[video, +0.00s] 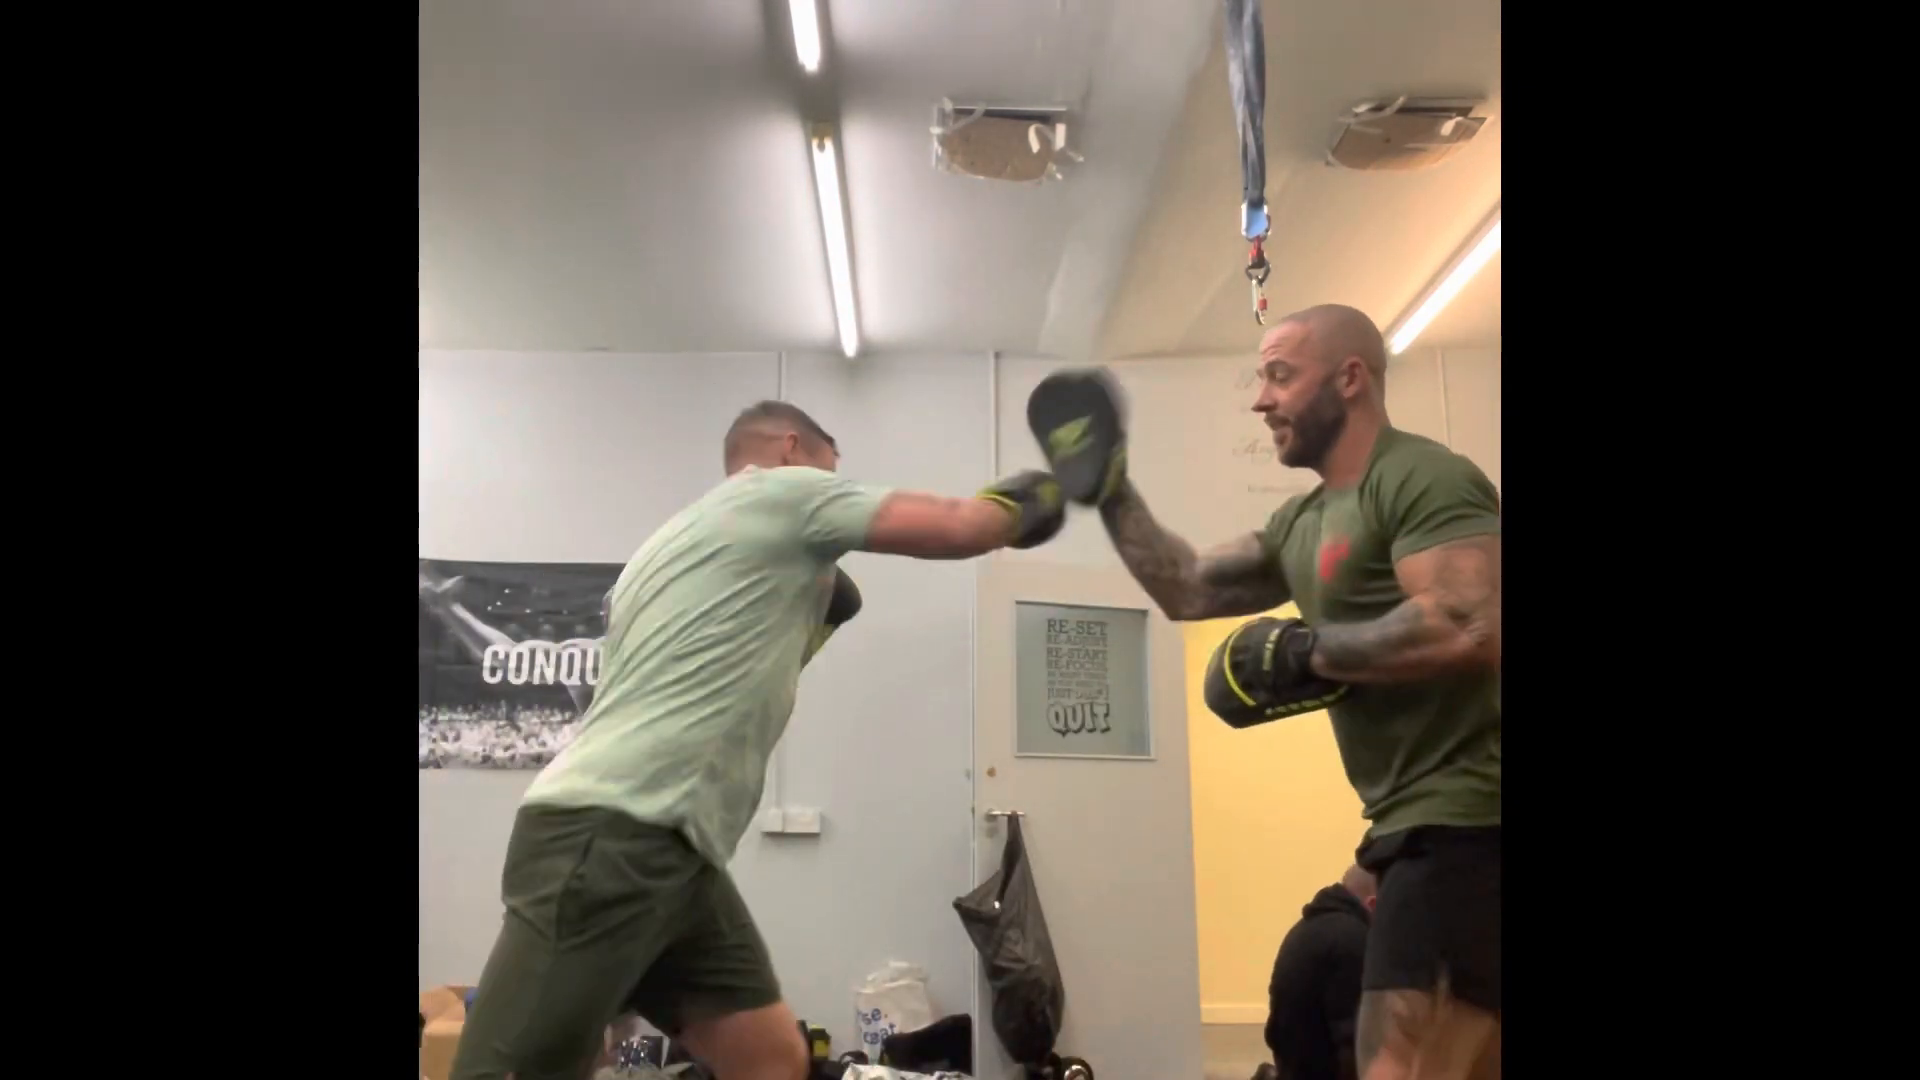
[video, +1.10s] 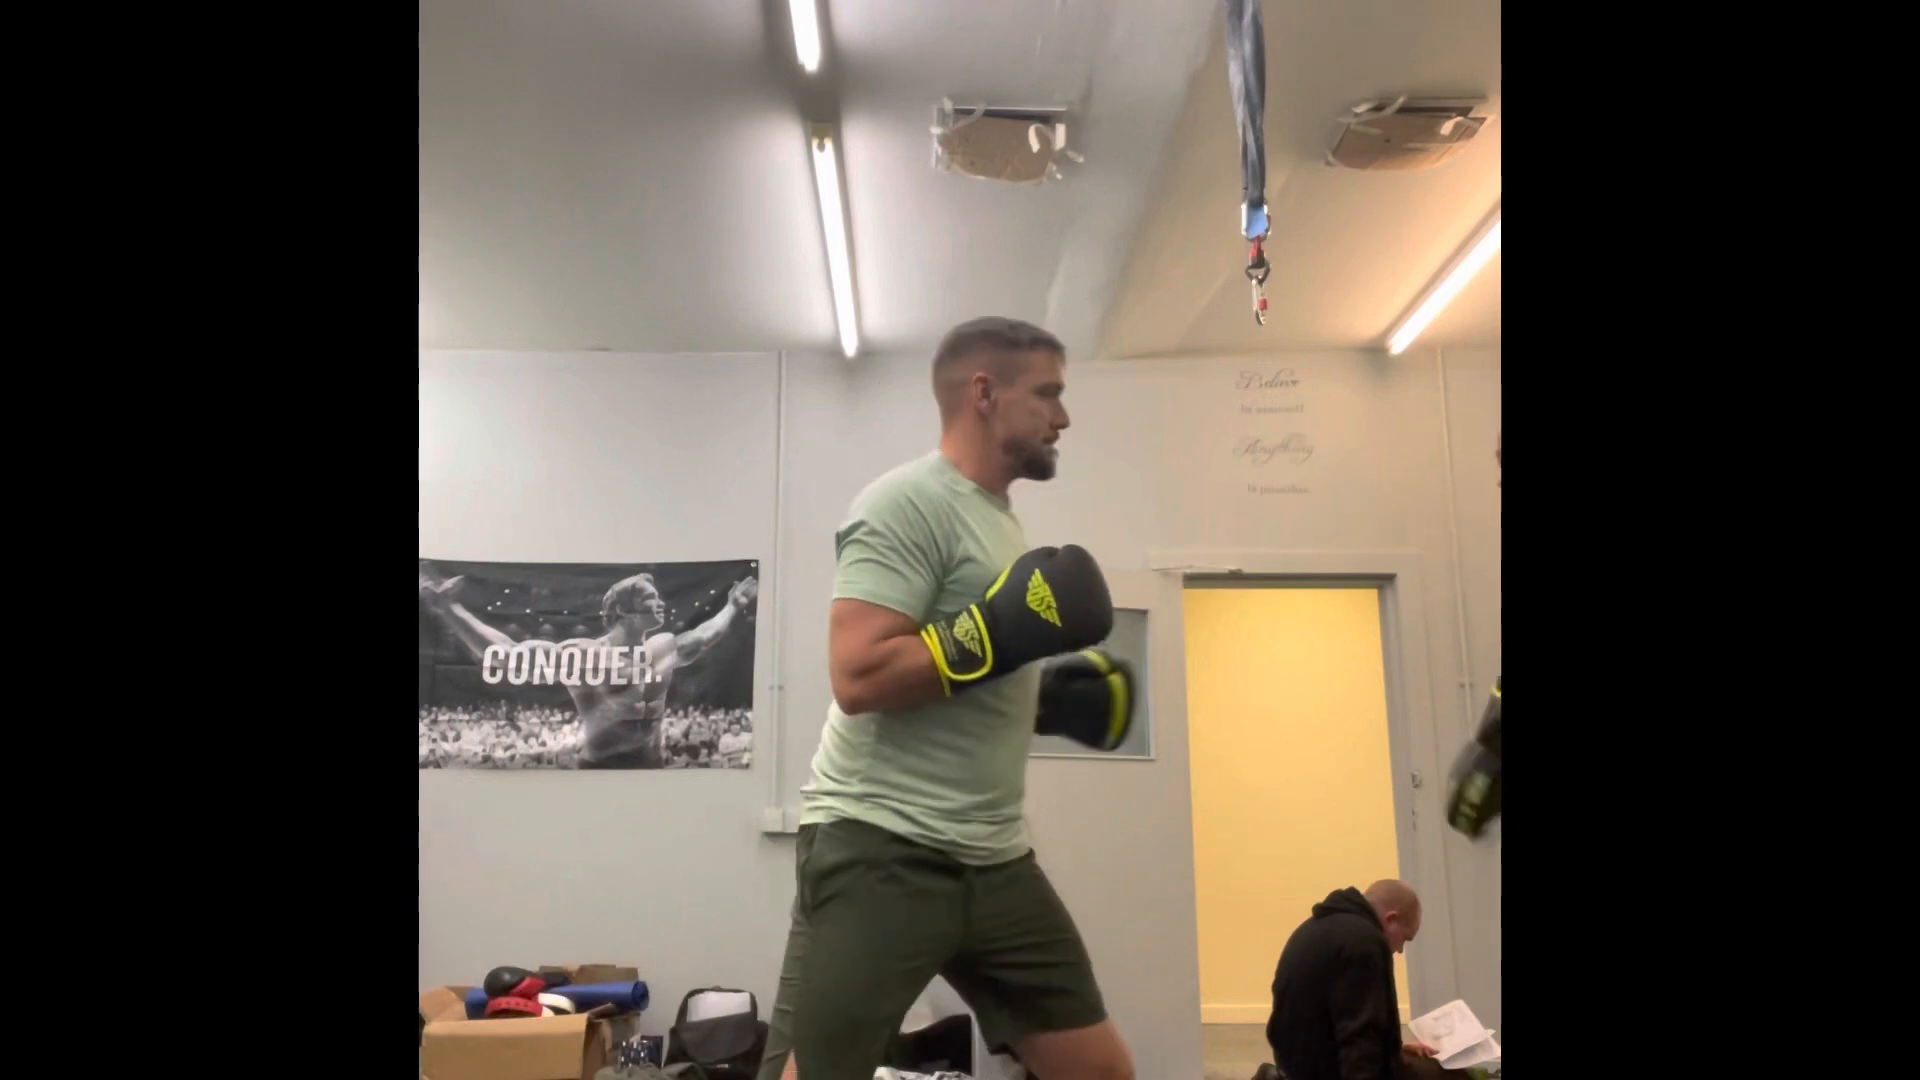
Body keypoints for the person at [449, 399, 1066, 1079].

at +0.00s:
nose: (834, 483)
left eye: (834, 470)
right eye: (830, 467)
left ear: (747, 458)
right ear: (790, 447)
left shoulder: (665, 549)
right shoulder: (781, 494)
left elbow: (709, 670)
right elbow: (963, 526)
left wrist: (815, 617)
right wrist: (1033, 498)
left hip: (668, 855)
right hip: (606, 836)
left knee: (768, 1058)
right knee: (508, 1068)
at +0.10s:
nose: (846, 486)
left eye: (849, 467)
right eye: (839, 460)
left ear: (784, 442)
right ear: (789, 438)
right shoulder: (755, 490)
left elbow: (737, 694)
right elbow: (773, 636)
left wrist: (812, 627)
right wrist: (883, 652)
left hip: (691, 836)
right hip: (615, 817)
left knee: (770, 1057)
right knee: (519, 1068)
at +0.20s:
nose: (788, 435)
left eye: (790, 416)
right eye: (777, 409)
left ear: (718, 403)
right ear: (715, 395)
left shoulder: (728, 540)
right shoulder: (630, 466)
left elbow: (710, 711)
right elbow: (618, 611)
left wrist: (789, 636)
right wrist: (748, 576)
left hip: (699, 843)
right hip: (582, 826)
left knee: (767, 1060)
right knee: (523, 1066)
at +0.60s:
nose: (861, 376)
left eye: (862, 355)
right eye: (850, 350)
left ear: (791, 342)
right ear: (790, 336)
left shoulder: (783, 470)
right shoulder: (723, 417)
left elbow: (739, 639)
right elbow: (734, 582)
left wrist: (849, 607)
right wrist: (846, 535)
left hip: (789, 819)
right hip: (683, 808)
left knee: (868, 1063)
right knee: (646, 1069)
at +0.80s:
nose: (992, 443)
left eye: (991, 421)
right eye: (976, 417)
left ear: (911, 417)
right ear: (905, 413)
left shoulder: (971, 528)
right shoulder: (802, 528)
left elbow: (1072, 559)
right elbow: (738, 702)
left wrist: (1173, 490)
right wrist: (857, 635)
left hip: (938, 881)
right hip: (802, 872)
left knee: (1035, 1066)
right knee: (758, 1066)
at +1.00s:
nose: (1091, 472)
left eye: (1094, 453)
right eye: (1077, 452)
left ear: (1019, 444)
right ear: (1007, 438)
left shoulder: (1066, 545)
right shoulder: (915, 532)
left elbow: (1168, 585)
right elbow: (860, 696)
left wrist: (1264, 523)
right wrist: (990, 644)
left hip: (988, 874)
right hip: (861, 867)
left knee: (1111, 1071)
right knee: (792, 1074)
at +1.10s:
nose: (1065, 418)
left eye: (1062, 397)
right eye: (1048, 395)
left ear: (991, 398)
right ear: (983, 395)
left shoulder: (1005, 527)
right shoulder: (903, 503)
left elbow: (955, 688)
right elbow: (860, 677)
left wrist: (1048, 699)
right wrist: (997, 634)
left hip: (993, 854)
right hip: (879, 847)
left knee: (1092, 1065)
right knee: (814, 1072)